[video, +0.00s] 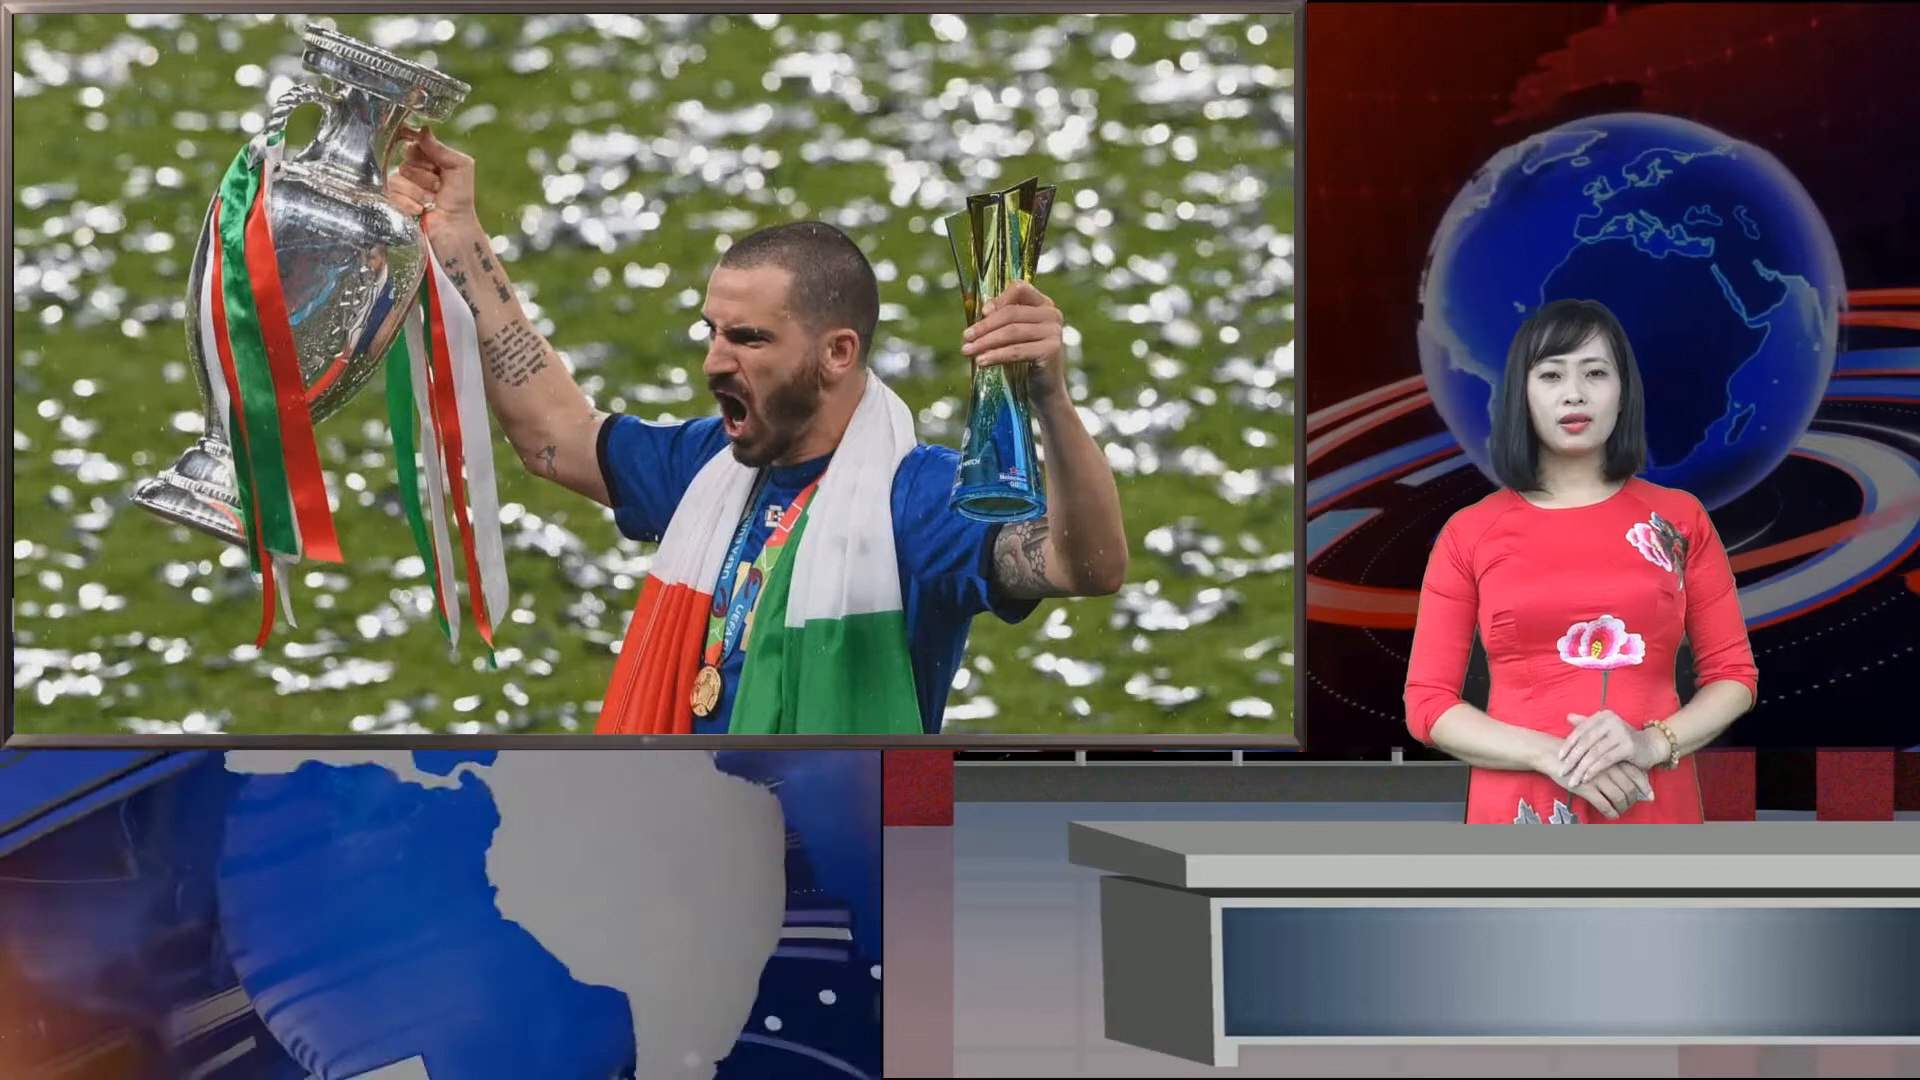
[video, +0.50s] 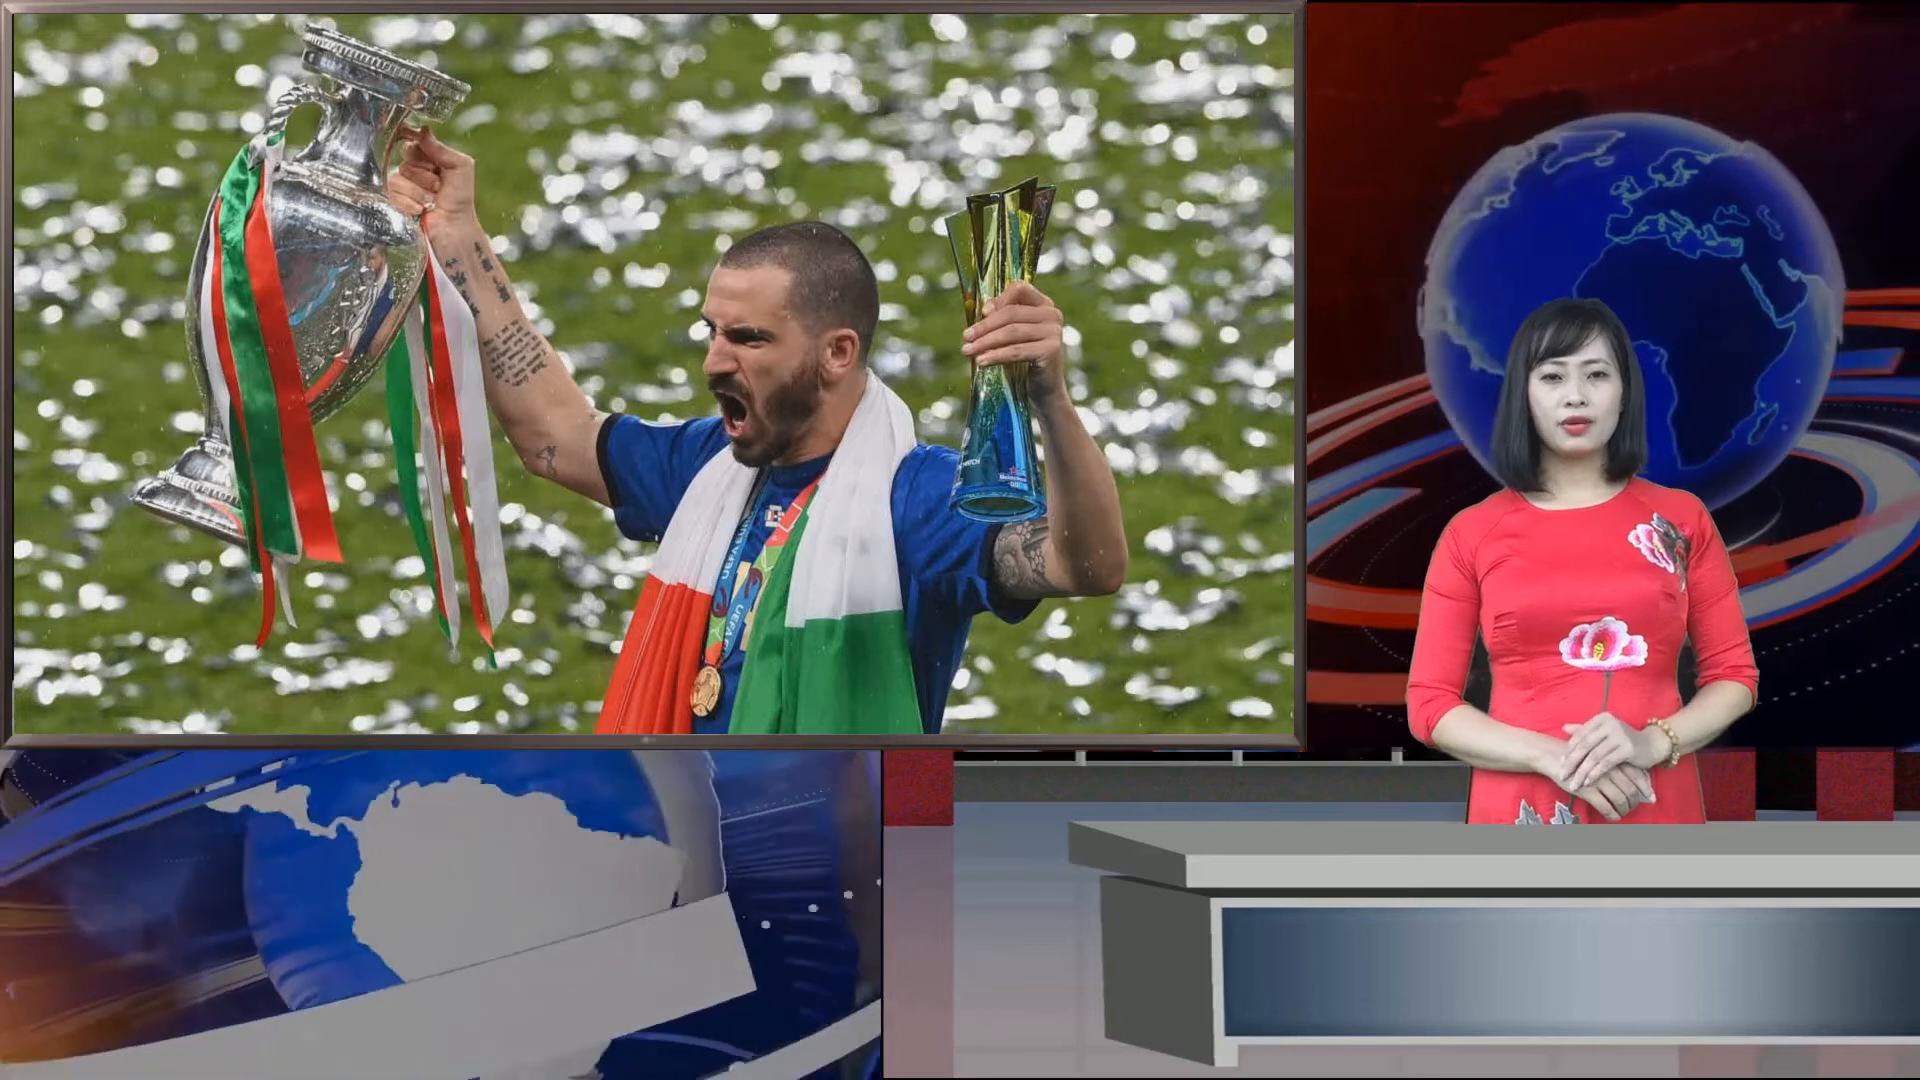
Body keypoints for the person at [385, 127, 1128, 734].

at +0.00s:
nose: (714, 361)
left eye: (747, 339)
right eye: (712, 333)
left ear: (839, 355)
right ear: (705, 327)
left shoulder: (915, 493)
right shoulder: (702, 465)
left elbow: (1090, 563)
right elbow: (557, 438)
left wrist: (1049, 398)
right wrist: (464, 252)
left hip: (833, 898)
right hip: (671, 884)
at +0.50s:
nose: (714, 361)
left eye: (747, 339)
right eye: (712, 333)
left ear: (839, 355)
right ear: (705, 327)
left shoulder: (915, 493)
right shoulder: (702, 465)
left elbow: (1090, 563)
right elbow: (557, 438)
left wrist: (1049, 398)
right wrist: (465, 253)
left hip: (832, 907)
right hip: (671, 893)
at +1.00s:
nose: (714, 362)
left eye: (747, 339)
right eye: (712, 333)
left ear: (839, 355)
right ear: (705, 327)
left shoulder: (915, 493)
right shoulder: (703, 466)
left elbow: (1090, 563)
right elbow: (557, 438)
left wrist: (1049, 398)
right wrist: (464, 251)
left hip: (830, 898)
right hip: (666, 890)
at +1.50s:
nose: (713, 362)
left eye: (747, 339)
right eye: (711, 333)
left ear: (839, 356)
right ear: (705, 327)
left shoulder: (915, 493)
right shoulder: (703, 466)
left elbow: (1090, 563)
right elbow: (557, 438)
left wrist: (1049, 399)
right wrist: (464, 252)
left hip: (833, 893)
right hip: (670, 883)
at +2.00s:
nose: (713, 362)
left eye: (747, 339)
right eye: (711, 333)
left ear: (839, 355)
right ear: (705, 327)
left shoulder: (915, 493)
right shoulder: (703, 466)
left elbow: (1090, 563)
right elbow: (557, 438)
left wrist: (1049, 398)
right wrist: (464, 252)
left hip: (833, 890)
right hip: (674, 881)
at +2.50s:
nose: (713, 362)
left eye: (747, 339)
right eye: (711, 333)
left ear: (838, 355)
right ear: (705, 327)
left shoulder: (914, 493)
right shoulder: (703, 466)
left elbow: (1090, 563)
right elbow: (557, 438)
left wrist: (1049, 399)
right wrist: (464, 252)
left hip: (834, 908)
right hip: (672, 894)